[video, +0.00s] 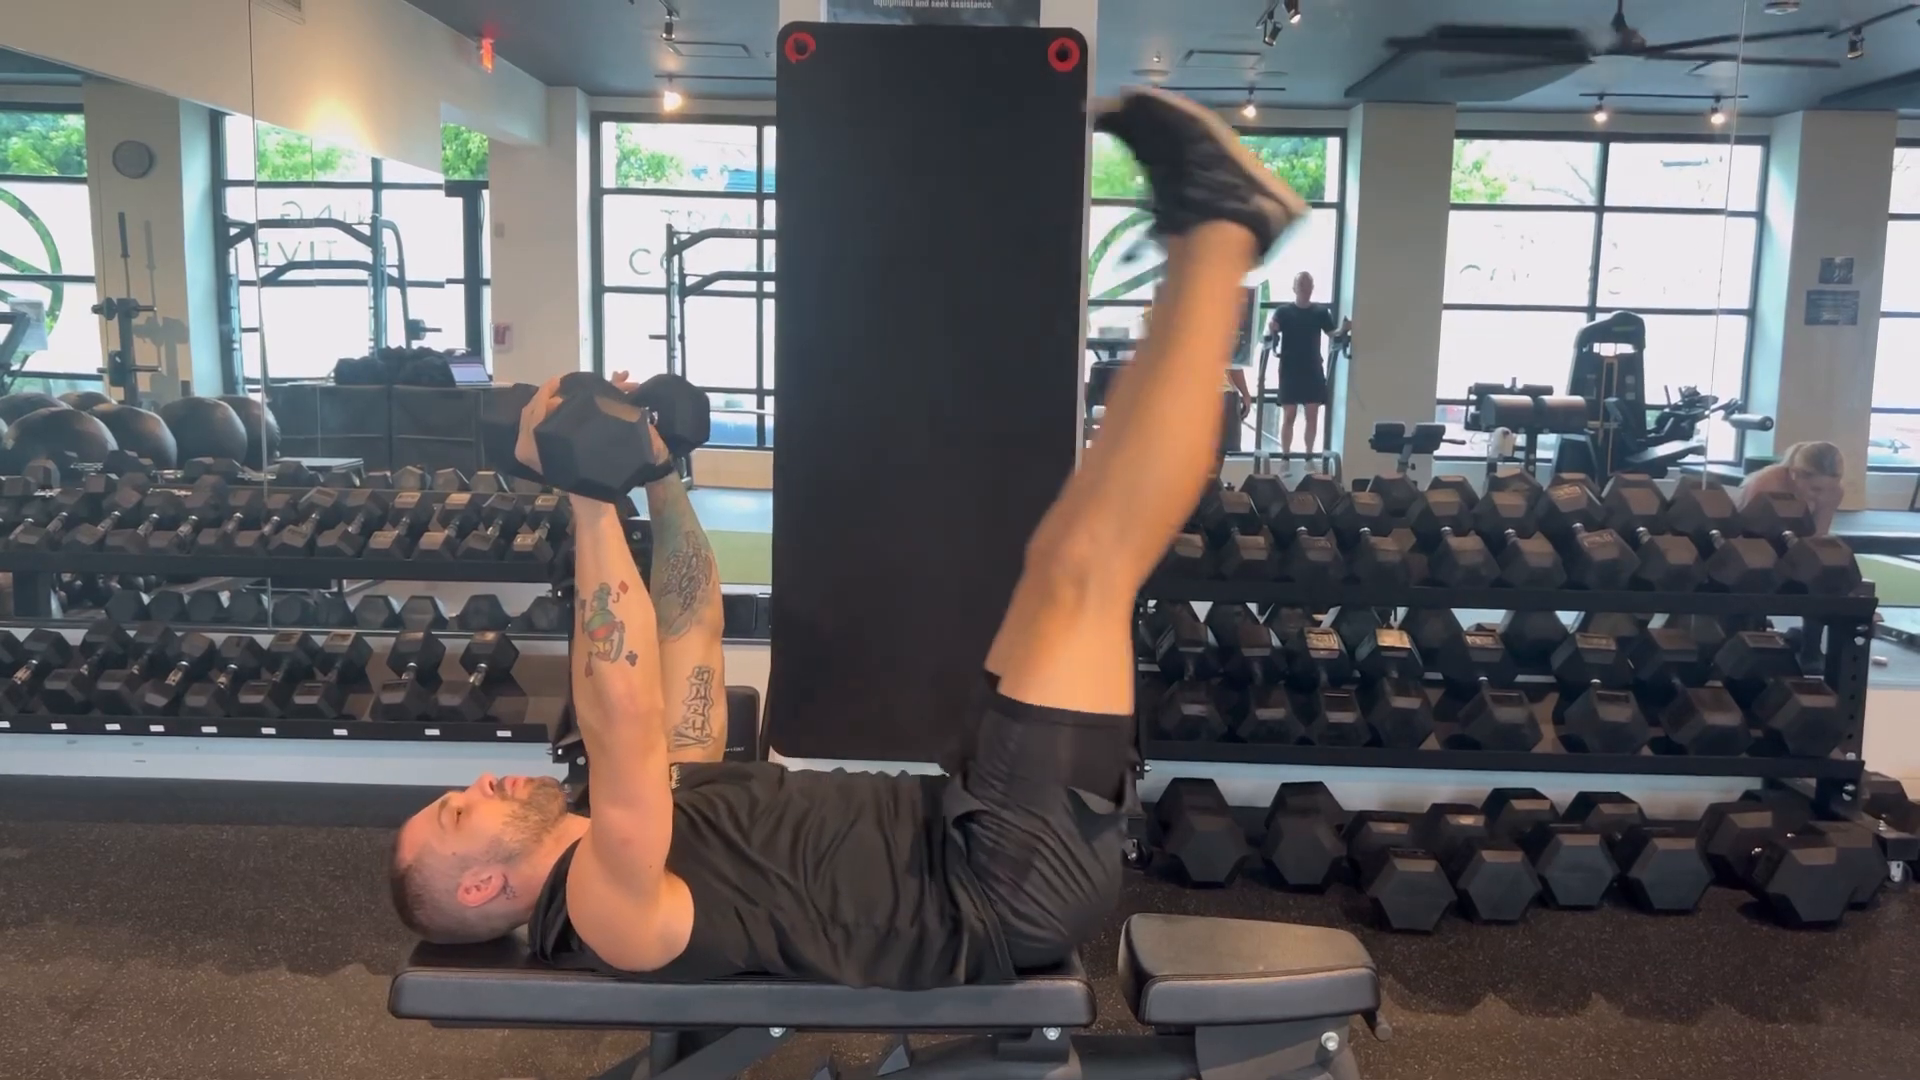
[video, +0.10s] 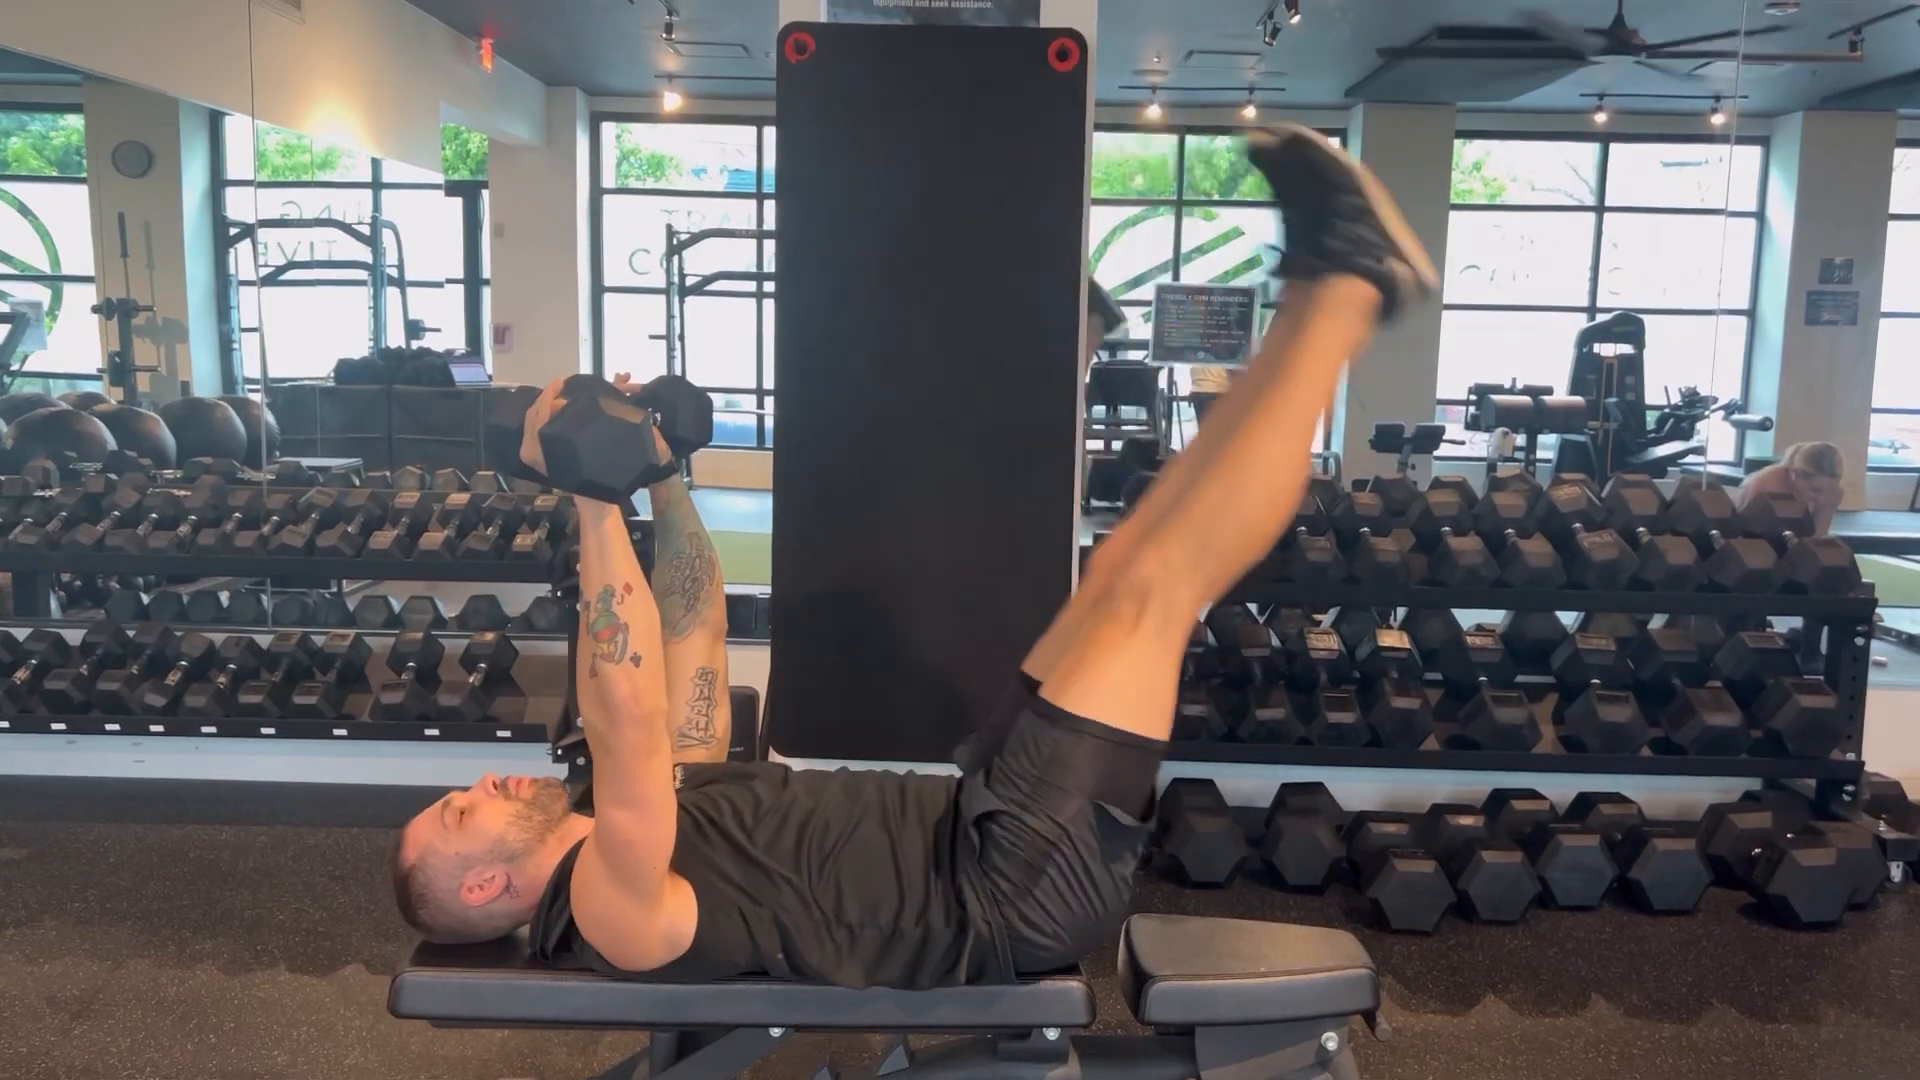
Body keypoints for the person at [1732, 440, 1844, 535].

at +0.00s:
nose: (1822, 497)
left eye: (1829, 490)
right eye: (1816, 490)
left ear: (1837, 482)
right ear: (1794, 475)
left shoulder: (1834, 492)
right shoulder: (1763, 486)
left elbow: (1817, 541)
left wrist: (1826, 509)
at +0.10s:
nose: (1822, 497)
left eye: (1829, 490)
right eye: (1816, 490)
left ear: (1836, 483)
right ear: (1794, 475)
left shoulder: (1834, 493)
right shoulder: (1764, 486)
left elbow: (1817, 541)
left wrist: (1827, 509)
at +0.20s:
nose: (1820, 498)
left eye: (1828, 490)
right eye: (1815, 490)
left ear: (1835, 484)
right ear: (1794, 475)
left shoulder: (1833, 492)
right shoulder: (1768, 483)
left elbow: (1817, 541)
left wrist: (1827, 509)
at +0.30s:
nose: (1820, 497)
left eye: (1828, 490)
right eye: (1815, 489)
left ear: (1835, 483)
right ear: (1794, 475)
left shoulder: (1833, 492)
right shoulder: (1764, 485)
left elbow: (1816, 542)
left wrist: (1827, 509)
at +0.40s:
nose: (1821, 496)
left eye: (1828, 489)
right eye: (1817, 488)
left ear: (1836, 482)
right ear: (1795, 474)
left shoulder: (1832, 491)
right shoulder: (1766, 485)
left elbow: (1816, 543)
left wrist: (1826, 509)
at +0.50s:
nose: (1823, 496)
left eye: (1830, 489)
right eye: (1818, 489)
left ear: (1837, 482)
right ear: (1795, 474)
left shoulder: (1833, 492)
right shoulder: (1761, 486)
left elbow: (1817, 539)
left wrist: (1827, 509)